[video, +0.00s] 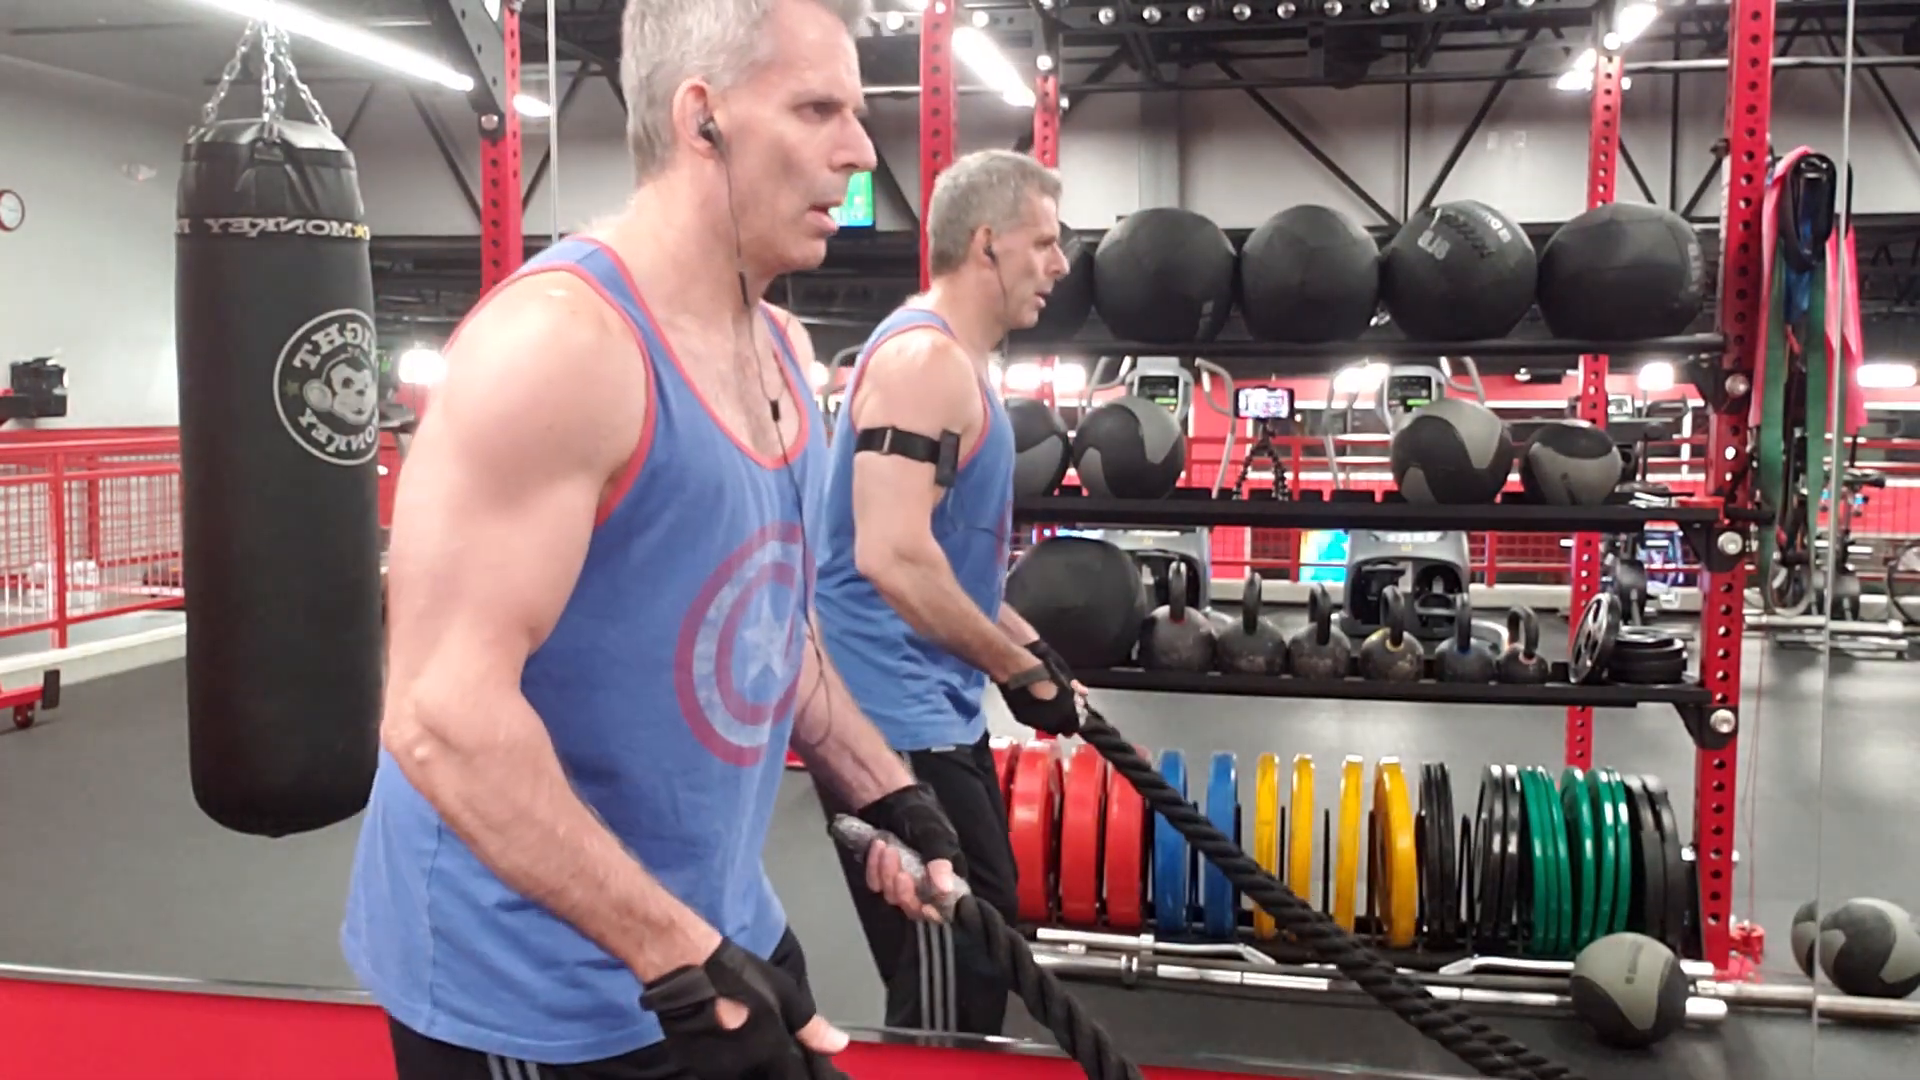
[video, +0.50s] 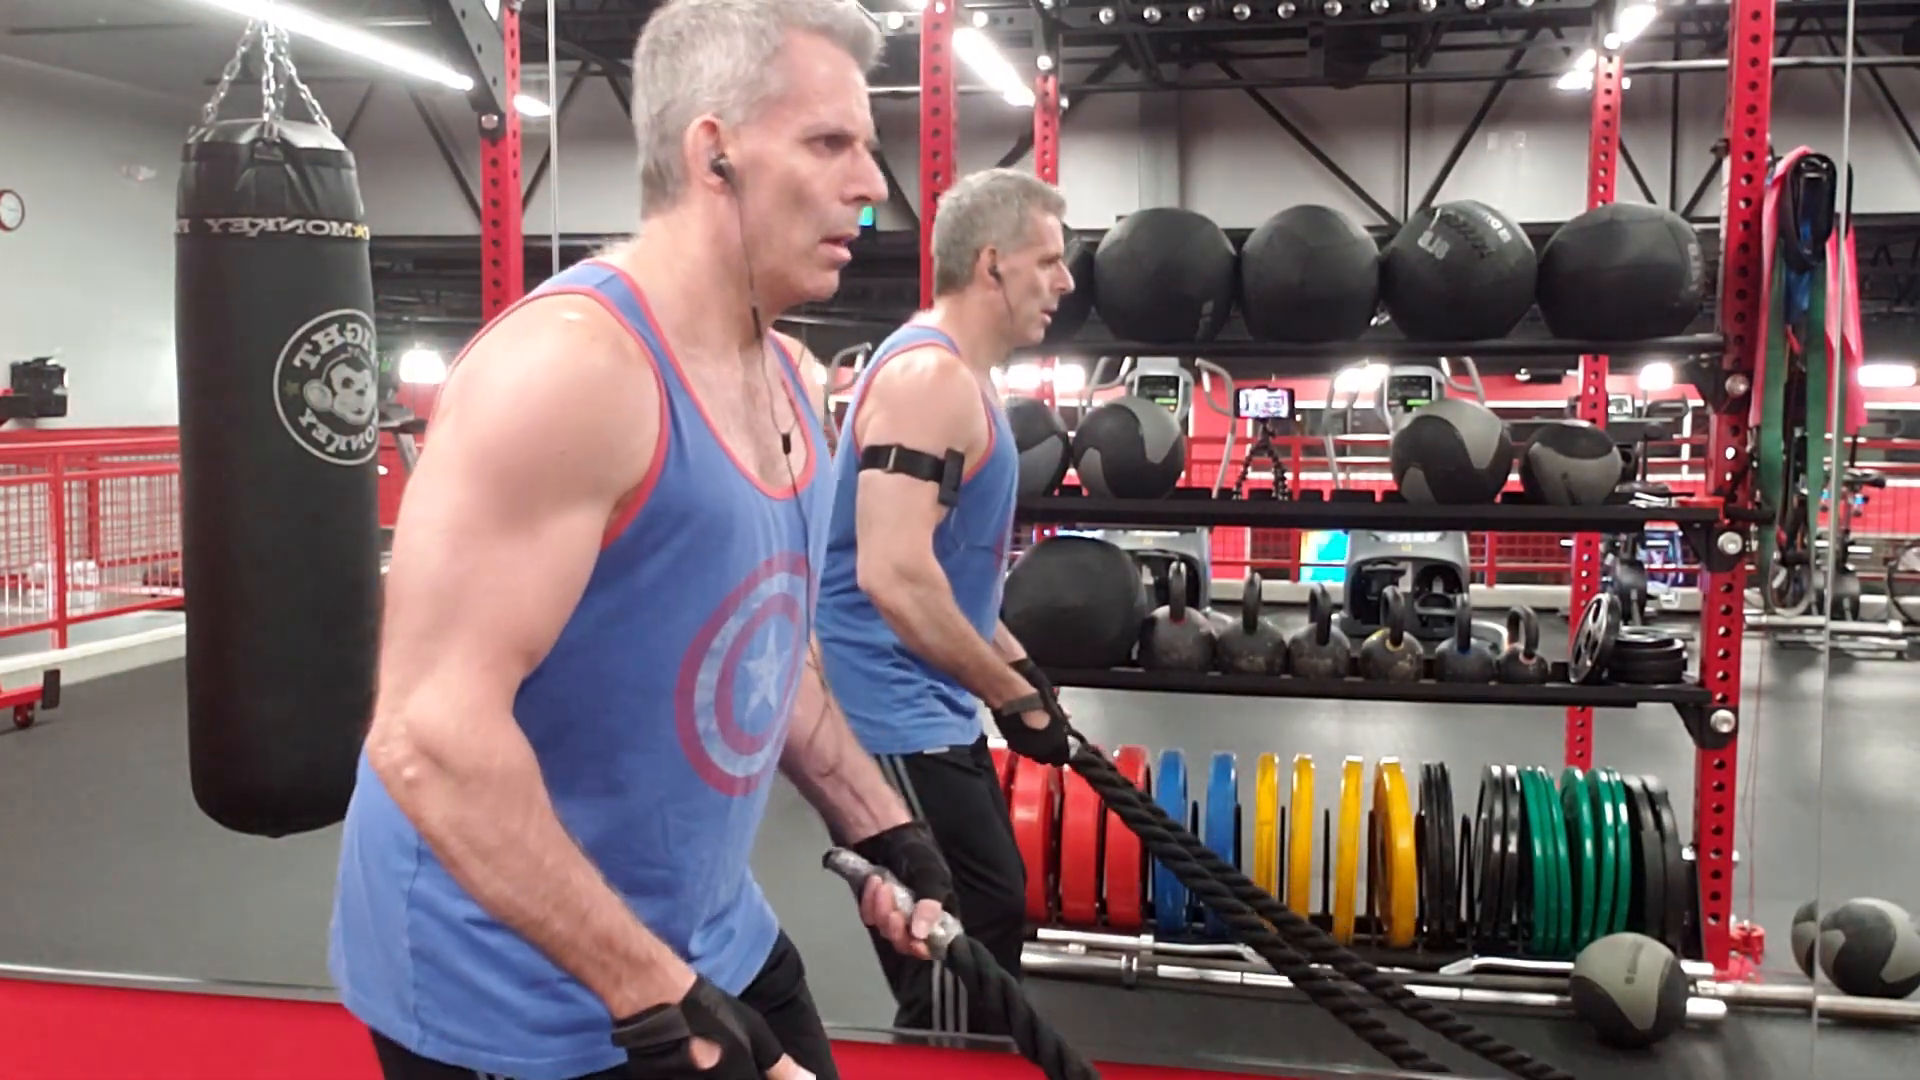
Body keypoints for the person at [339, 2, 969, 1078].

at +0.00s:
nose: (860, 152)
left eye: (855, 115)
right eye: (822, 111)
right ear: (703, 116)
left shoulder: (781, 348)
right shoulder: (550, 345)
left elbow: (763, 621)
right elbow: (441, 712)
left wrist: (885, 797)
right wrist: (685, 961)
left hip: (731, 928)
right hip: (536, 995)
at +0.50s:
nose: (872, 185)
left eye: (867, 149)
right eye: (832, 142)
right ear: (714, 153)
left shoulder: (790, 380)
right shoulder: (561, 368)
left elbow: (762, 648)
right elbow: (431, 732)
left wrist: (883, 836)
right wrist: (651, 991)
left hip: (715, 934)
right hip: (513, 991)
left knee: (801, 1071)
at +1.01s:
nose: (817, 180)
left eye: (811, 144)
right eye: (776, 139)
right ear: (657, 151)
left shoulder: (744, 375)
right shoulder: (536, 384)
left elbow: (755, 656)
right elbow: (417, 754)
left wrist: (884, 843)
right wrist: (647, 1005)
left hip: (731, 952)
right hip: (529, 1012)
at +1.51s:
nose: (840, 189)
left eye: (834, 151)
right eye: (798, 148)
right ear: (684, 164)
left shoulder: (755, 394)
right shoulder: (549, 395)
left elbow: (746, 679)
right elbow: (416, 763)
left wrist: (875, 859)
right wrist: (633, 1027)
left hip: (731, 959)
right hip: (530, 1015)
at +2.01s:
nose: (815, 206)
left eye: (812, 168)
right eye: (775, 164)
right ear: (658, 175)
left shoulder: (741, 388)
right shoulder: (516, 383)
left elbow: (752, 673)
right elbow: (581, 740)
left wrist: (857, 855)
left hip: (697, 924)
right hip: (516, 967)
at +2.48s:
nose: (833, 245)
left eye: (829, 208)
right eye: (794, 206)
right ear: (674, 204)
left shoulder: (751, 397)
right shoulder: (522, 416)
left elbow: (839, 625)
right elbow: (526, 817)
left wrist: (1029, 659)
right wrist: (756, 1025)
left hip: (698, 909)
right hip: (515, 967)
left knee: (819, 1054)